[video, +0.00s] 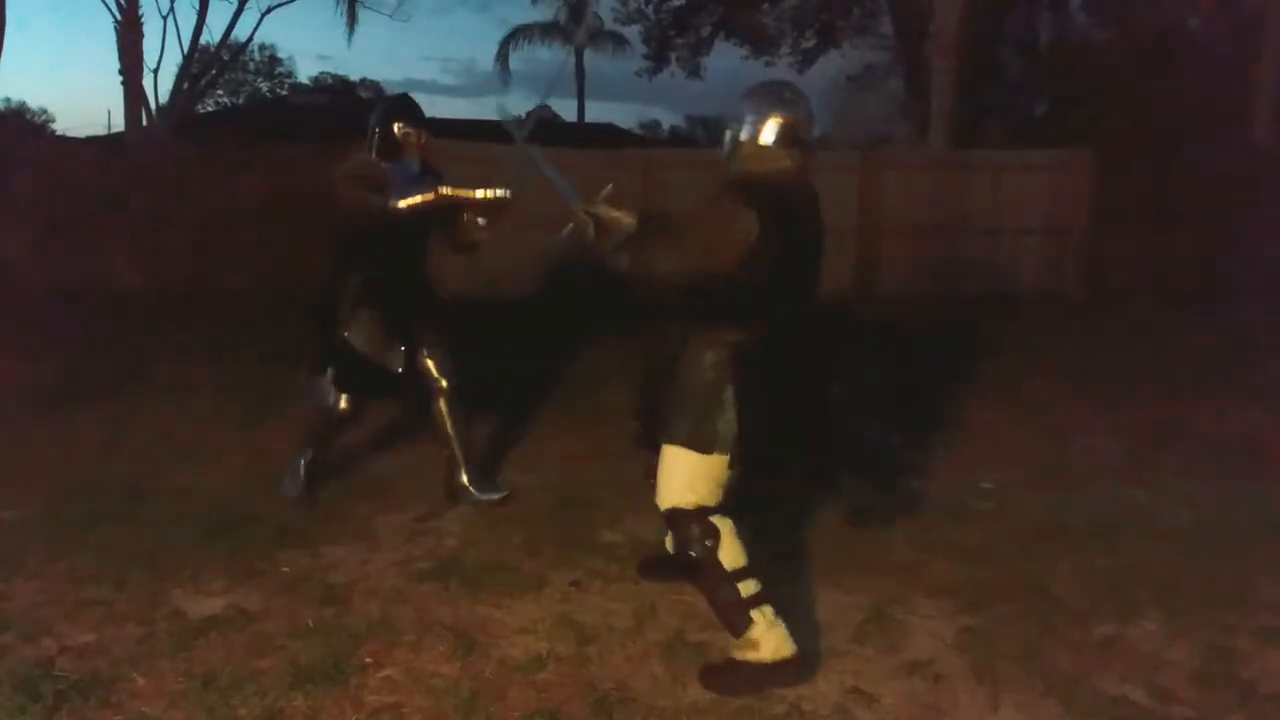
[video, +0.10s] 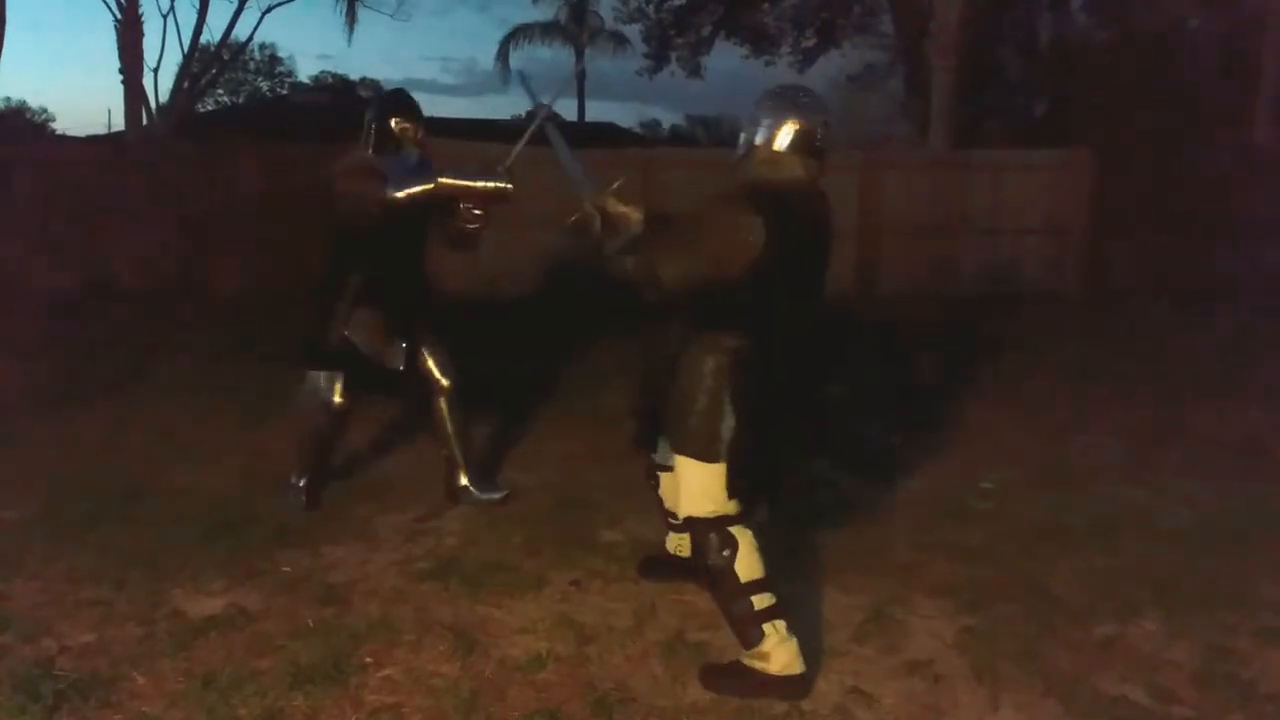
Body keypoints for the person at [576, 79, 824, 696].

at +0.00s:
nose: (729, 139)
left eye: (738, 128)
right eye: (735, 127)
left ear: (755, 133)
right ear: (791, 134)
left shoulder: (753, 202)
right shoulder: (785, 196)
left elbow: (692, 263)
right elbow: (703, 240)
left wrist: (615, 247)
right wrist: (637, 226)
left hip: (728, 363)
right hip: (756, 355)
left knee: (689, 503)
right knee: (695, 456)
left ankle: (768, 645)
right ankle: (690, 551)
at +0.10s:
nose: (748, 151)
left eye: (757, 140)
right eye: (753, 141)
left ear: (769, 142)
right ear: (806, 146)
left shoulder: (771, 209)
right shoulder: (790, 201)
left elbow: (683, 269)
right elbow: (711, 239)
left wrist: (624, 246)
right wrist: (645, 226)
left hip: (731, 365)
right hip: (736, 353)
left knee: (710, 514)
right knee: (673, 449)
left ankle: (776, 659)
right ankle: (685, 548)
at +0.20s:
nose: (754, 151)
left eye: (763, 140)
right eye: (763, 141)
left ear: (773, 142)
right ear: (812, 149)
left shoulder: (774, 209)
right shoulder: (798, 203)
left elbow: (695, 264)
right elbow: (715, 242)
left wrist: (630, 235)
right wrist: (652, 220)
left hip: (735, 366)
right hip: (755, 355)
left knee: (712, 513)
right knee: (671, 438)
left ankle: (776, 660)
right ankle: (694, 547)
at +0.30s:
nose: (749, 145)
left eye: (758, 135)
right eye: (758, 136)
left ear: (771, 137)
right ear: (809, 142)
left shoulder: (776, 198)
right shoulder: (799, 195)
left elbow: (712, 252)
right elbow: (721, 235)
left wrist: (645, 214)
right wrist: (657, 205)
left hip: (744, 362)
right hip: (782, 349)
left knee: (717, 509)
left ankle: (777, 658)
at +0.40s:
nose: (740, 146)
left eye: (748, 136)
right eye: (747, 136)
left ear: (762, 139)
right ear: (801, 142)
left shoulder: (767, 202)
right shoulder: (794, 198)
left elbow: (704, 235)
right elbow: (713, 213)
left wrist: (643, 208)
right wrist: (655, 184)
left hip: (738, 366)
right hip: (766, 359)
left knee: (725, 510)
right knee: (744, 494)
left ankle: (775, 655)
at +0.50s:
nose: (736, 143)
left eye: (744, 132)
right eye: (744, 132)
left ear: (755, 134)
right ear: (789, 136)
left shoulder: (757, 193)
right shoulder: (782, 190)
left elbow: (702, 226)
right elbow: (704, 192)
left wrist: (642, 182)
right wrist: (654, 157)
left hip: (738, 343)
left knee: (737, 486)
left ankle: (767, 632)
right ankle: (725, 525)